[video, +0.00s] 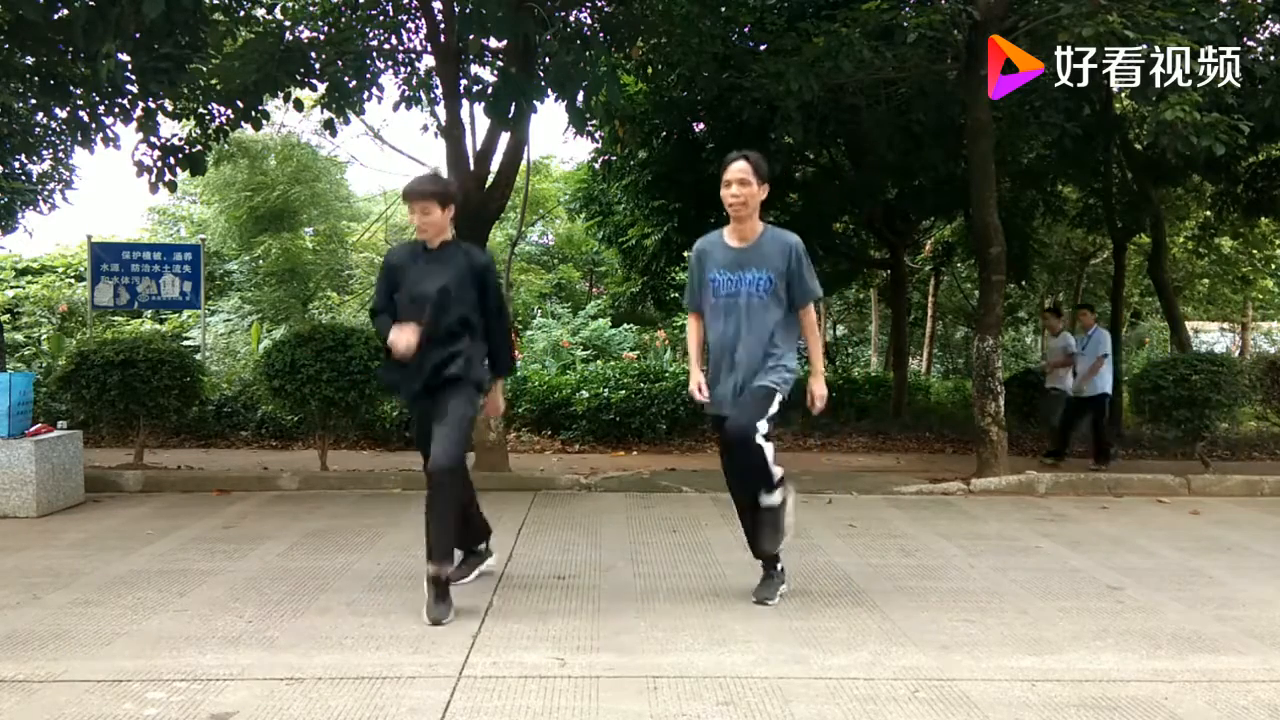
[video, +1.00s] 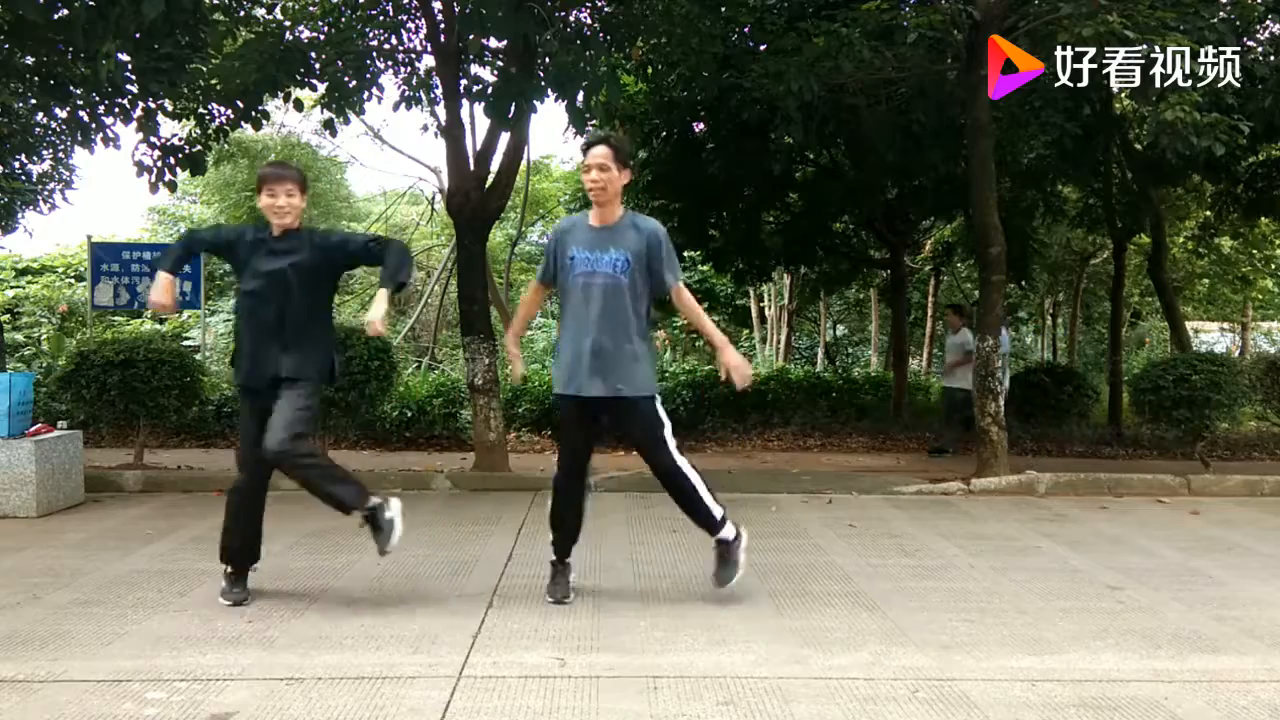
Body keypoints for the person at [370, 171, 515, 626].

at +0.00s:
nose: (418, 220)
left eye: (425, 212)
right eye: (413, 213)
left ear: (448, 212)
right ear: (409, 216)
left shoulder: (475, 261)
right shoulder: (398, 260)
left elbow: (497, 322)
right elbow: (379, 312)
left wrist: (497, 382)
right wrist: (392, 331)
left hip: (463, 374)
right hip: (418, 378)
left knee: (443, 464)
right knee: (440, 465)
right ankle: (477, 542)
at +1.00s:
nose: (281, 202)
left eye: (289, 194)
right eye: (272, 195)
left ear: (303, 200)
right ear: (259, 200)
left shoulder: (323, 245)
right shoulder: (244, 240)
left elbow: (394, 249)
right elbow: (190, 240)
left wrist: (384, 295)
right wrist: (164, 275)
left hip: (303, 374)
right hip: (254, 375)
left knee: (282, 446)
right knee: (250, 472)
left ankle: (371, 509)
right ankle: (236, 571)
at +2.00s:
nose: (217, 208)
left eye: (227, 199)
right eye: (209, 200)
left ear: (246, 206)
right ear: (200, 207)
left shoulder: (268, 261)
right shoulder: (184, 263)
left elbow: (285, 334)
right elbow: (173, 329)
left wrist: (269, 316)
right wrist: (132, 317)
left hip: (247, 397)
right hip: (195, 397)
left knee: (211, 485)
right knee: (218, 490)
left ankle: (186, 585)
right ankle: (270, 577)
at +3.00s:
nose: (272, 207)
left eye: (281, 198)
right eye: (263, 197)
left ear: (293, 198)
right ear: (248, 195)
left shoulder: (311, 245)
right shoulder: (225, 245)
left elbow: (337, 302)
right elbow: (209, 308)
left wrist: (355, 355)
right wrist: (207, 367)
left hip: (291, 355)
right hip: (243, 360)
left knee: (261, 400)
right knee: (249, 455)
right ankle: (257, 549)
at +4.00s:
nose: (391, 190)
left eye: (400, 182)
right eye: (383, 182)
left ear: (414, 188)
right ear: (370, 188)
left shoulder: (433, 242)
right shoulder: (351, 244)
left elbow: (465, 297)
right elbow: (332, 294)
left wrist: (480, 352)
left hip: (431, 371)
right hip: (379, 374)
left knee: (445, 453)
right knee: (394, 476)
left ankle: (423, 512)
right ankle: (407, 583)